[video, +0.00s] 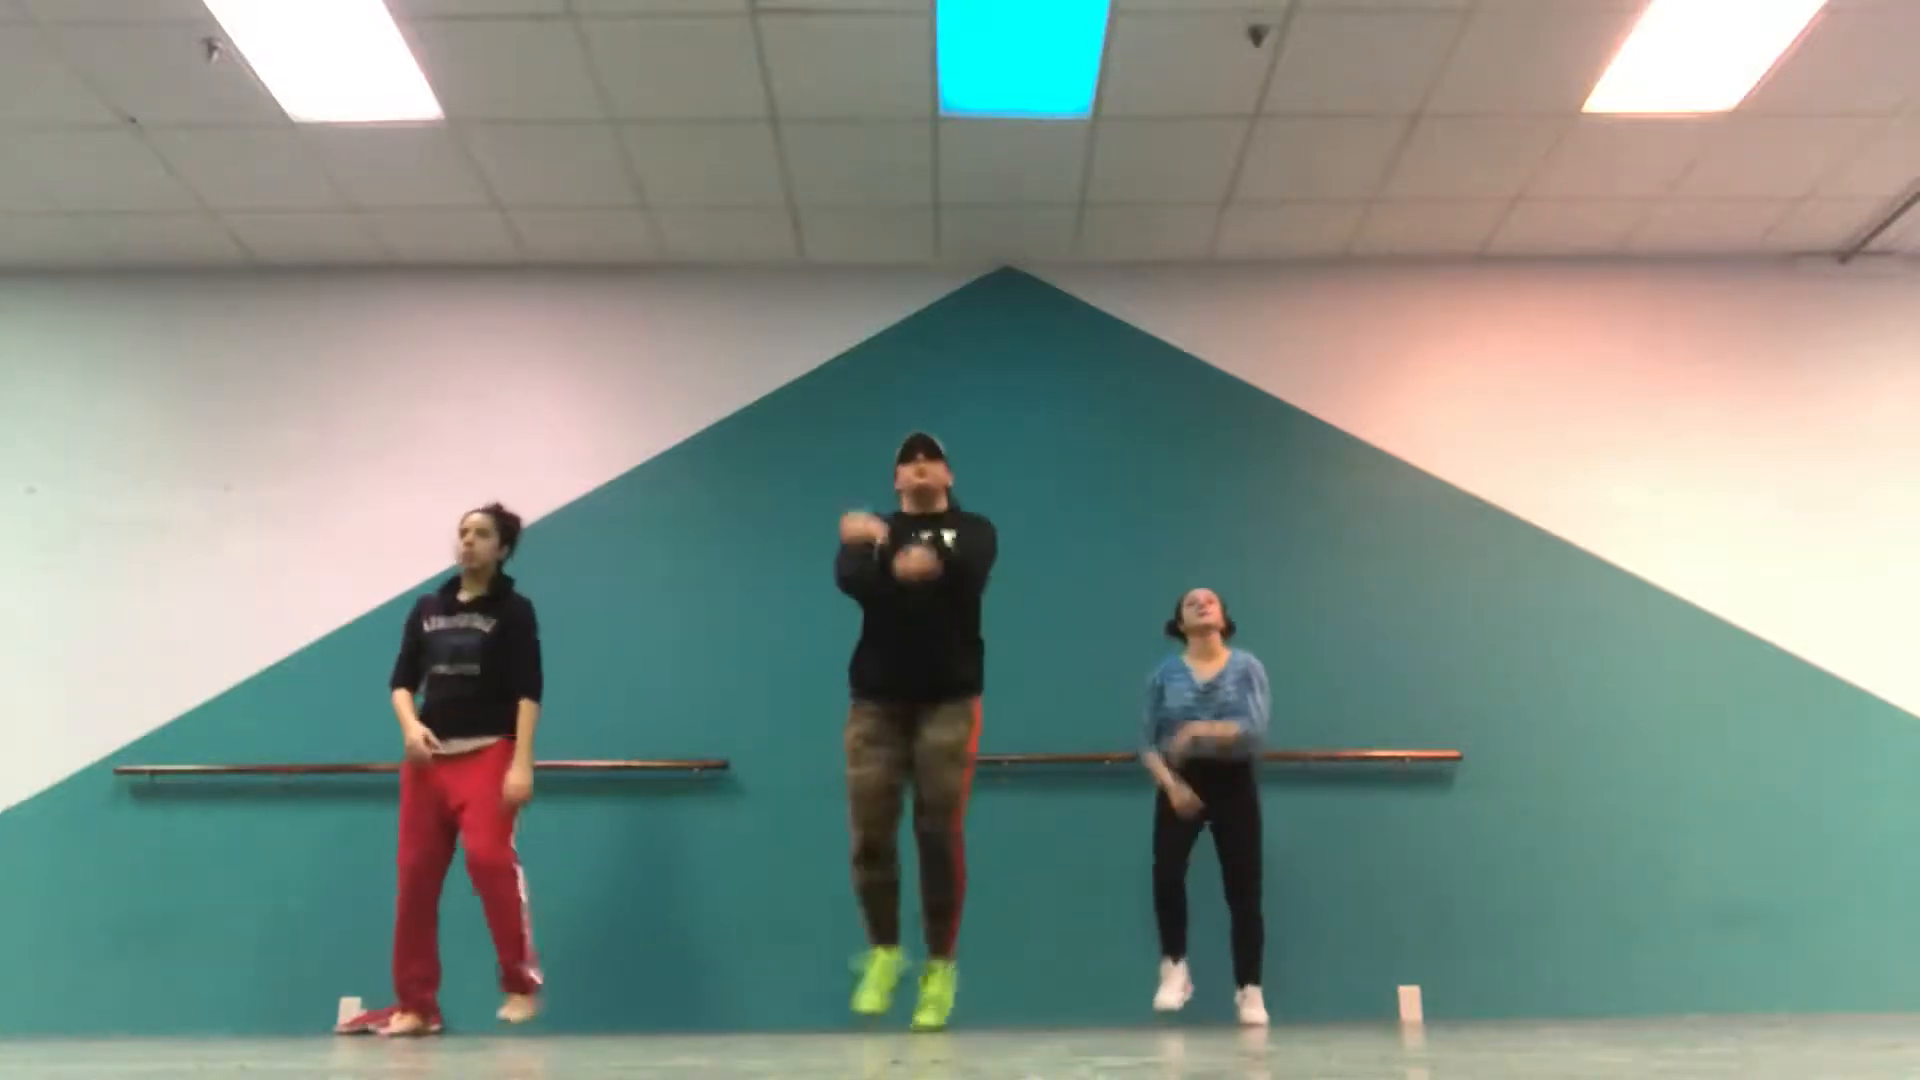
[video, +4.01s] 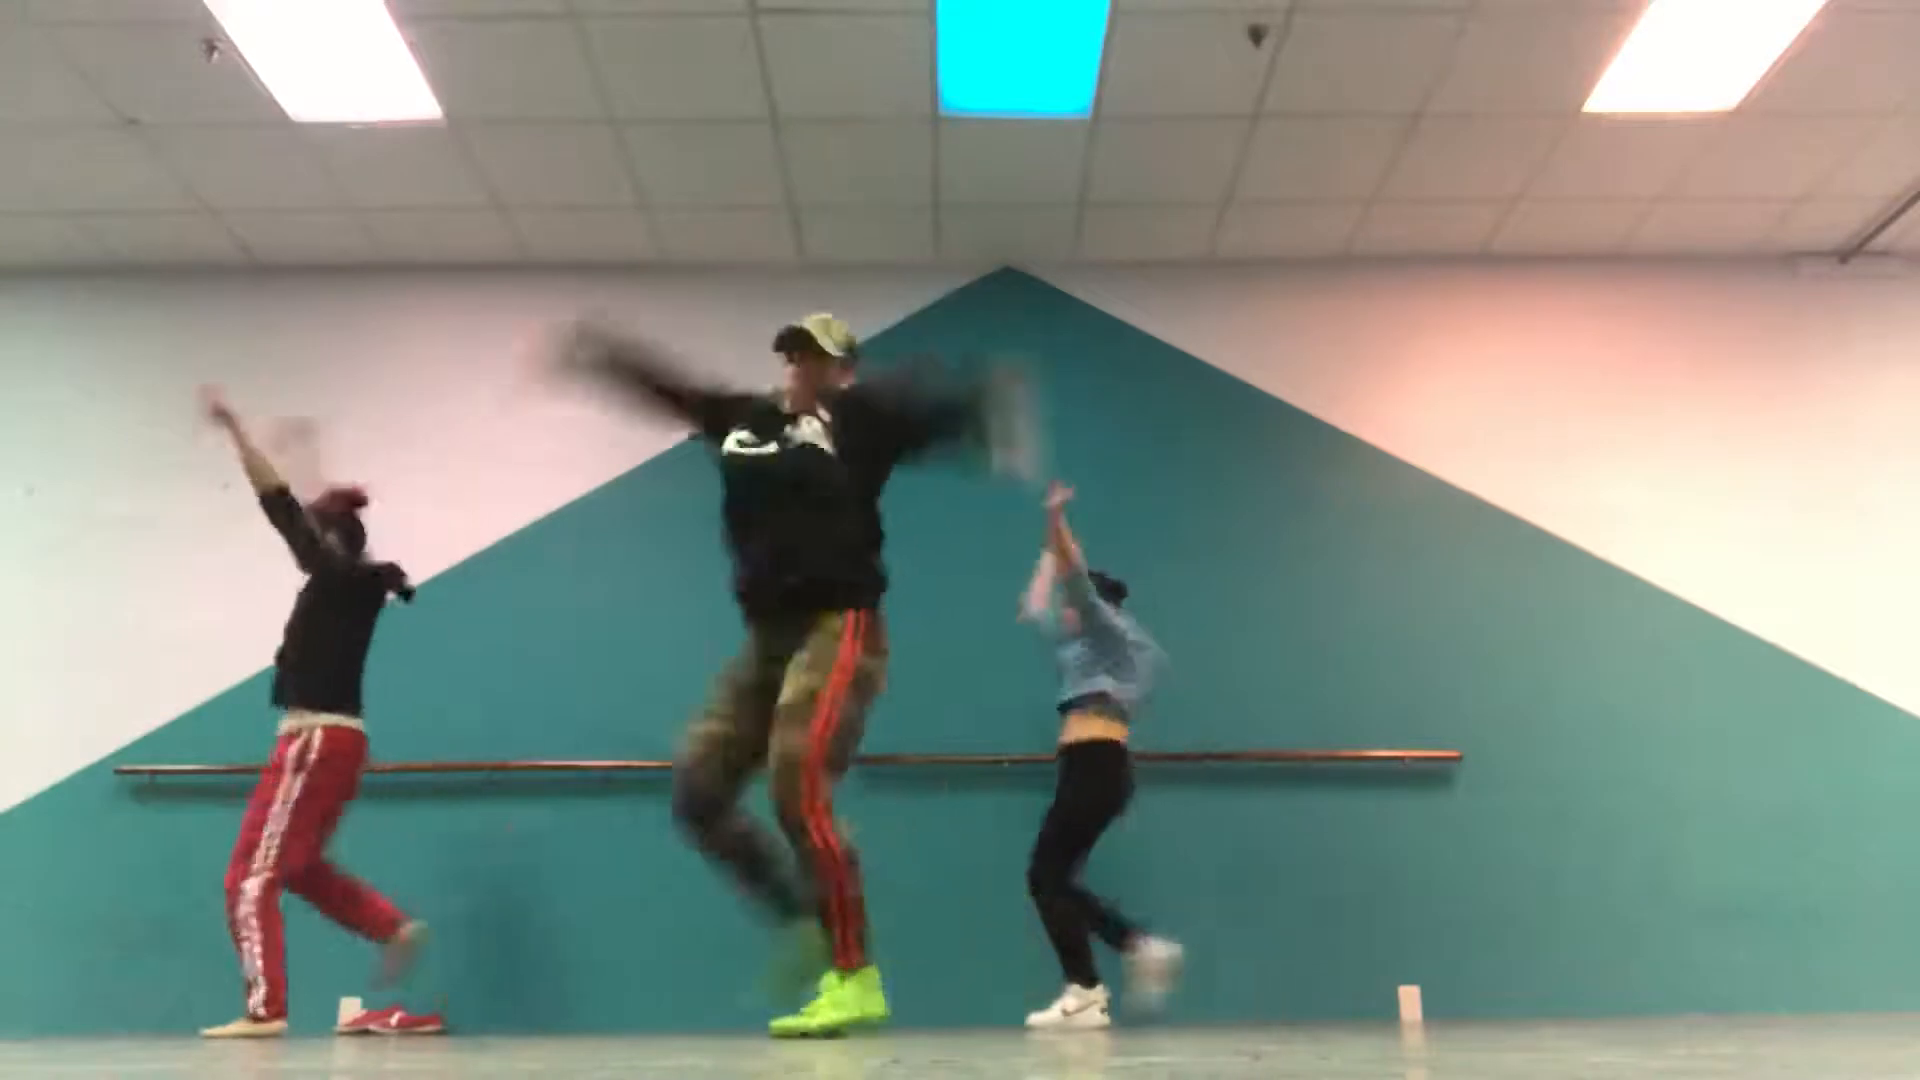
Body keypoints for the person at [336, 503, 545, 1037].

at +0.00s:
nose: (467, 541)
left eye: (479, 535)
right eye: (463, 533)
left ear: (502, 547)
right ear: (456, 543)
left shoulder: (515, 610)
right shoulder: (427, 609)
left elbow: (528, 691)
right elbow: (402, 681)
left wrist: (522, 763)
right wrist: (410, 725)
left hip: (488, 757)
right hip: (426, 760)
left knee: (489, 862)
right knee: (415, 880)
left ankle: (520, 986)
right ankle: (417, 1005)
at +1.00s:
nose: (479, 605)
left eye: (488, 595)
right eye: (469, 595)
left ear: (496, 602)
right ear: (450, 599)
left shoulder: (483, 665)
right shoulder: (439, 650)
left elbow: (461, 738)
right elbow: (417, 729)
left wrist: (466, 790)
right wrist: (417, 798)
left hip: (446, 804)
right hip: (394, 793)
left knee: (484, 893)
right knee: (318, 901)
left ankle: (452, 1013)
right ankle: (219, 1003)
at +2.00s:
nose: (444, 561)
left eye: (454, 551)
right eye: (441, 552)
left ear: (484, 555)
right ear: (442, 556)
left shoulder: (511, 597)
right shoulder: (436, 603)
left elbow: (557, 630)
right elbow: (376, 647)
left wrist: (482, 656)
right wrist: (421, 667)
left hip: (503, 739)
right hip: (452, 745)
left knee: (400, 777)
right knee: (451, 879)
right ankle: (484, 998)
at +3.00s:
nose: (247, 568)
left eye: (259, 559)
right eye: (249, 558)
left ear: (289, 569)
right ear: (266, 569)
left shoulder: (302, 630)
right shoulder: (246, 630)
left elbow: (293, 696)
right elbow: (185, 647)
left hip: (271, 779)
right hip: (227, 776)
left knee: (196, 881)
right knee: (139, 873)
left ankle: (237, 1015)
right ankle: (111, 1016)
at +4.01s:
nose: (306, 537)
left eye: (315, 528)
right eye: (309, 528)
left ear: (330, 533)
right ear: (355, 533)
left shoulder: (339, 575)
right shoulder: (350, 579)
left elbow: (281, 507)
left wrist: (233, 428)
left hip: (314, 742)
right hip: (334, 742)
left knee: (251, 878)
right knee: (298, 866)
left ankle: (264, 1011)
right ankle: (394, 929)